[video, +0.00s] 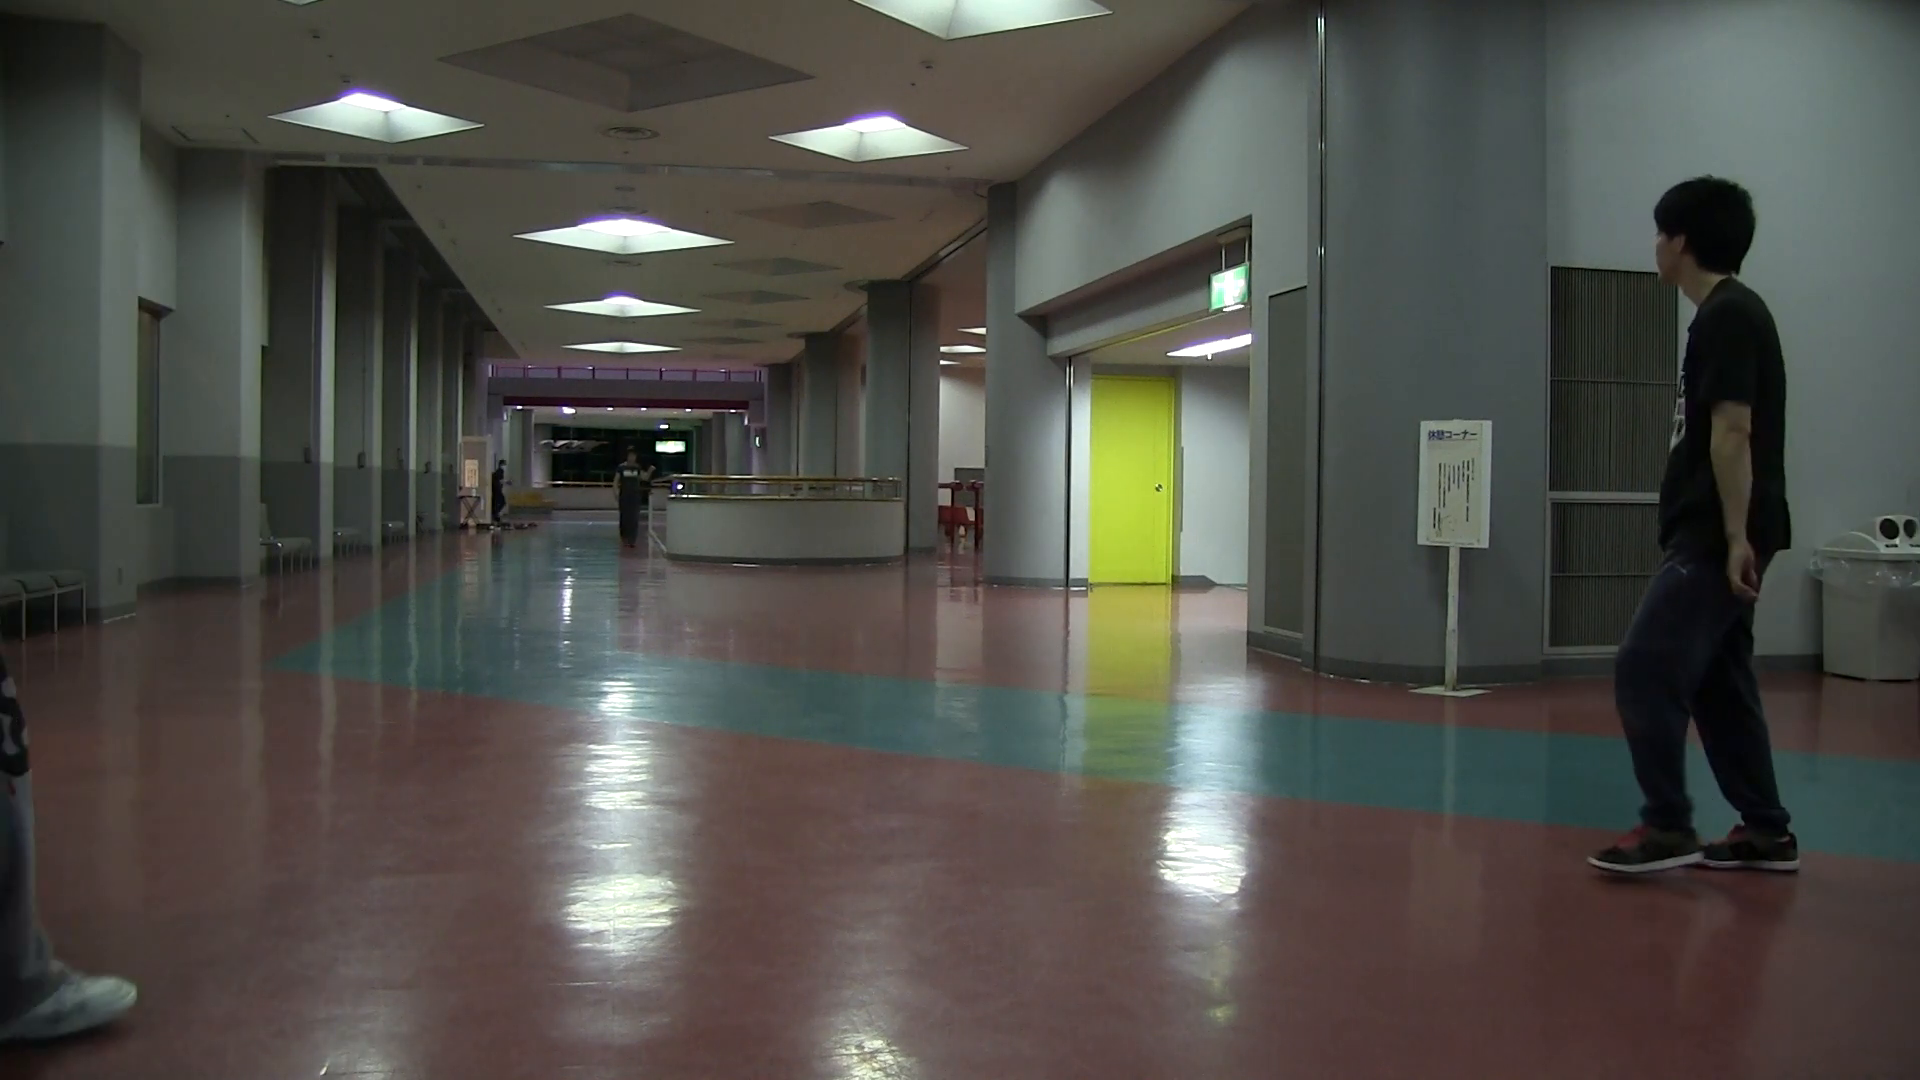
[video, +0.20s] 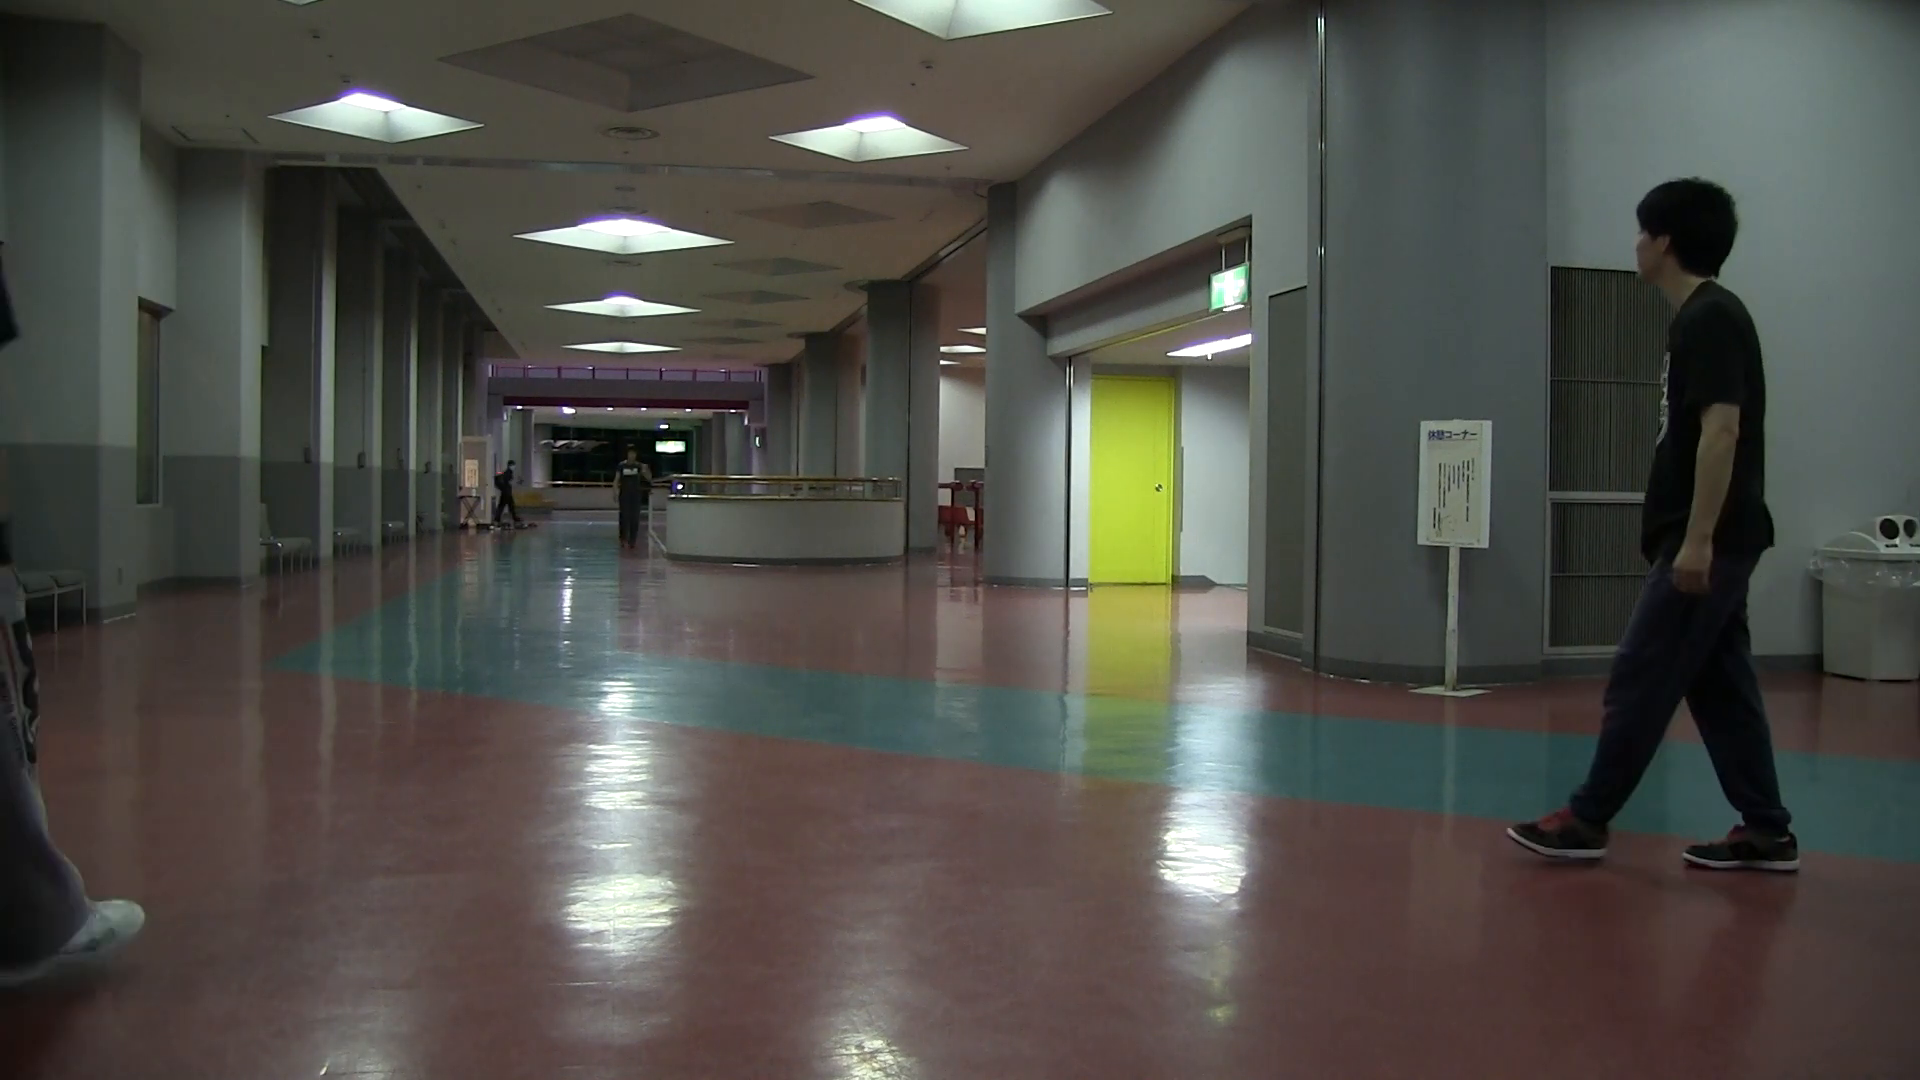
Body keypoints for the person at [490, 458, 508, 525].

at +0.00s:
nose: (504, 467)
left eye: (504, 465)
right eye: (504, 465)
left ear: (500, 464)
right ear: (502, 465)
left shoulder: (498, 471)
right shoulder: (500, 471)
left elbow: (499, 481)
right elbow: (499, 481)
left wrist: (506, 482)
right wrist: (506, 482)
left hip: (496, 489)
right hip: (497, 490)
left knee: (496, 503)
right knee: (502, 502)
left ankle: (495, 515)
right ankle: (495, 514)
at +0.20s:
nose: (514, 468)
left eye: (514, 466)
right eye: (513, 466)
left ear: (509, 466)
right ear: (510, 466)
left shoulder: (507, 472)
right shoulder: (508, 473)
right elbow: (506, 481)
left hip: (505, 492)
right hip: (507, 492)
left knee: (501, 506)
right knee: (511, 506)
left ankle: (497, 519)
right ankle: (515, 519)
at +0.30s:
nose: (518, 468)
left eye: (518, 467)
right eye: (517, 467)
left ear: (515, 467)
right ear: (515, 467)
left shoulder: (513, 473)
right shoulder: (514, 473)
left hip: (510, 493)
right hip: (512, 493)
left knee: (506, 507)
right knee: (516, 507)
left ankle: (498, 519)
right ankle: (519, 521)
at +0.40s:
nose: (523, 468)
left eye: (524, 467)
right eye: (522, 467)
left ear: (519, 467)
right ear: (520, 467)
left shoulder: (517, 473)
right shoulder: (518, 473)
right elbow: (518, 482)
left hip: (515, 491)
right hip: (517, 491)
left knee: (516, 505)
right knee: (520, 505)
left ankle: (507, 515)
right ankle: (520, 521)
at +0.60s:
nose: (532, 467)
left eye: (532, 466)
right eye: (531, 466)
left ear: (527, 465)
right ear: (530, 465)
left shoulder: (525, 472)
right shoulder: (528, 472)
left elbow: (528, 479)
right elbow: (529, 479)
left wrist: (535, 479)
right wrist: (535, 480)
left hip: (524, 490)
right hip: (526, 490)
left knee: (524, 504)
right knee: (529, 505)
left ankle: (520, 519)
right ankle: (531, 520)